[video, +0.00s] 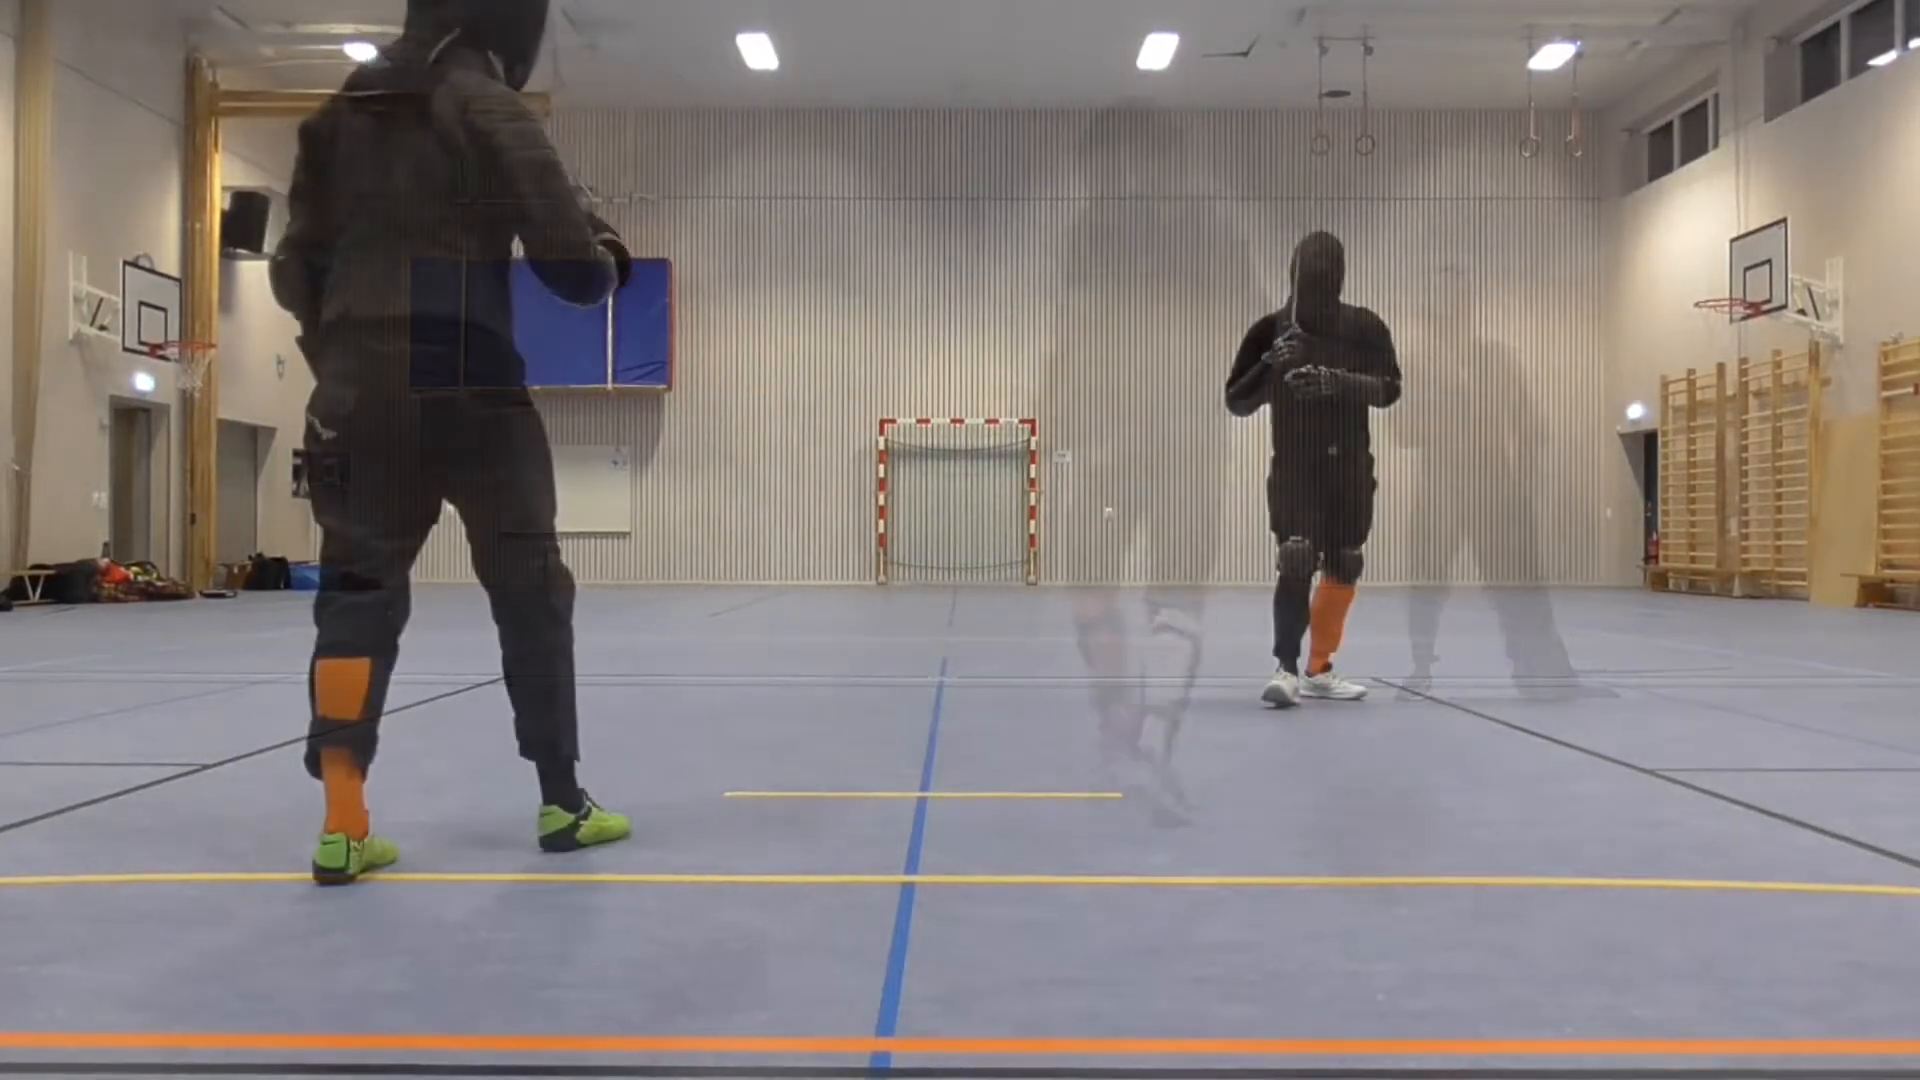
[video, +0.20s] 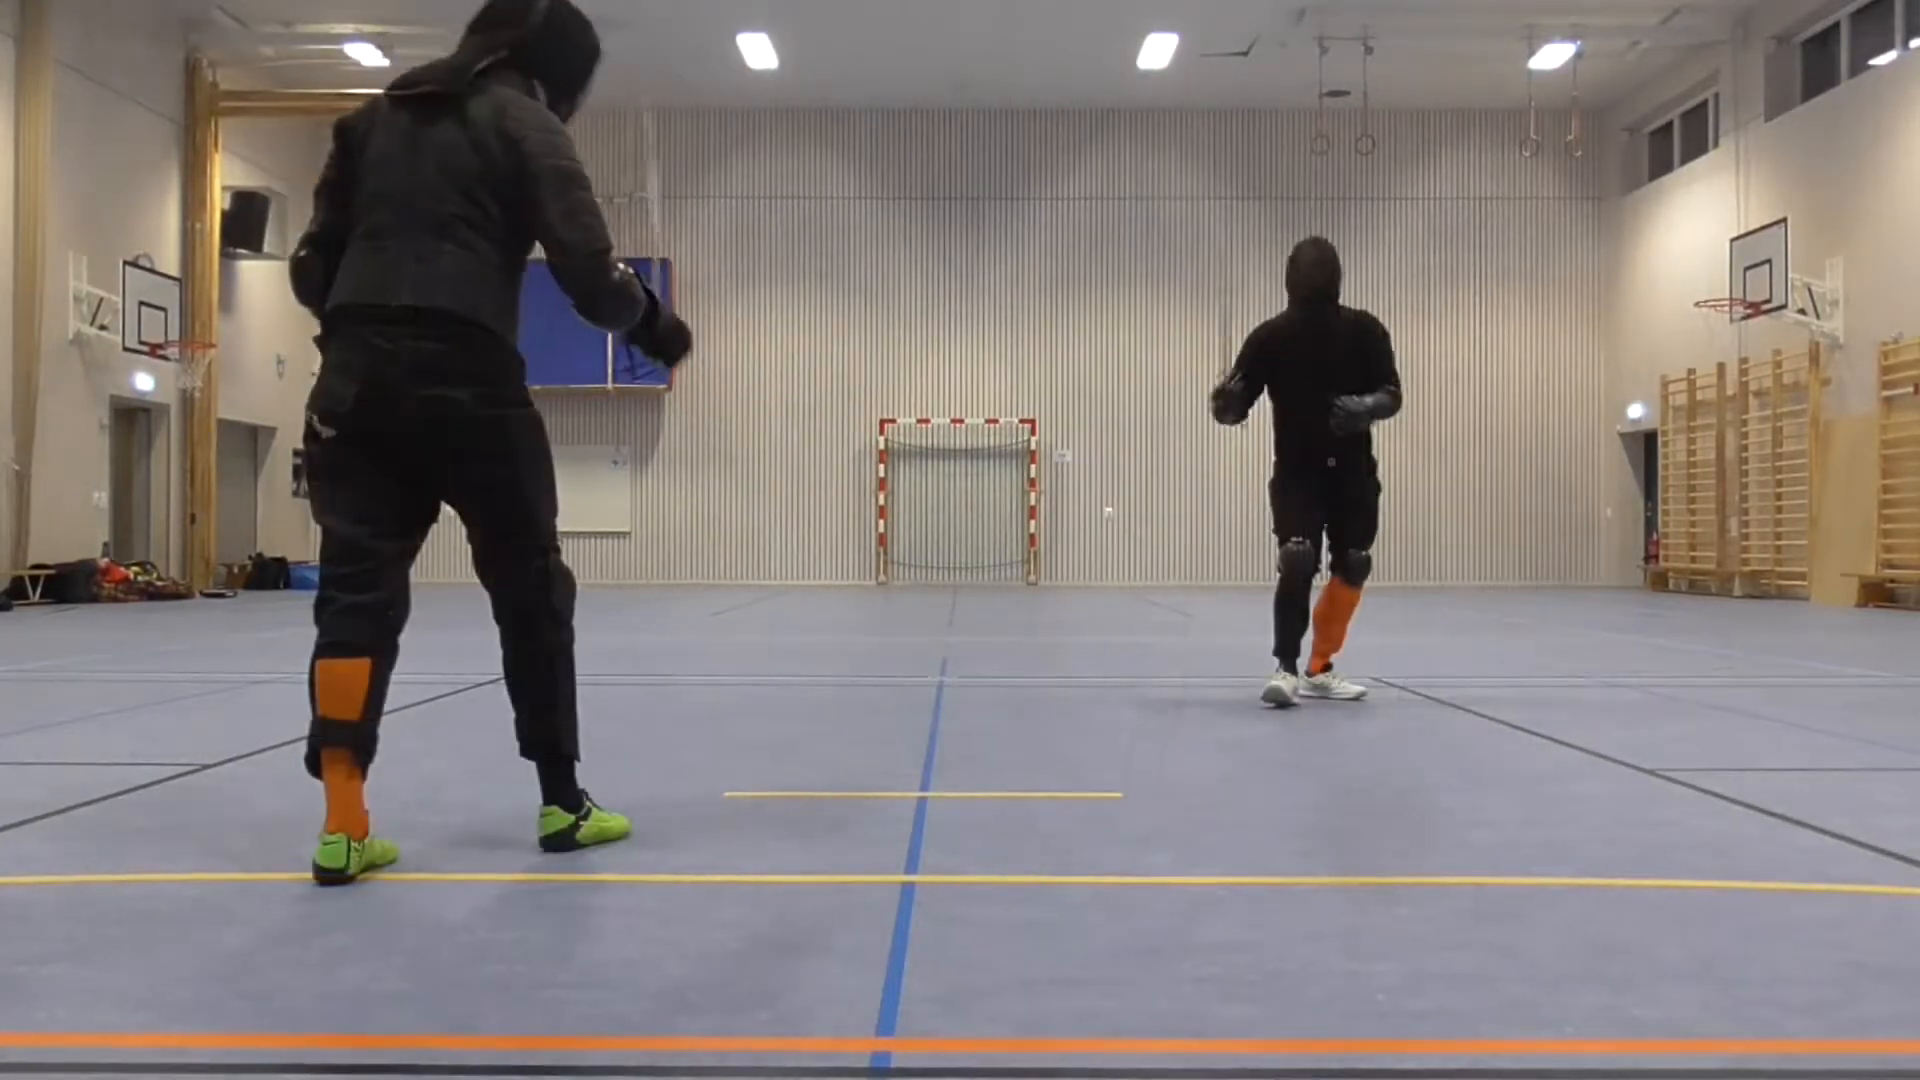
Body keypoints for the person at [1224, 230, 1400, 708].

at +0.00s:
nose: (1318, 282)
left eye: (1327, 272)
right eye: (1310, 272)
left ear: (1340, 274)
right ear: (1297, 272)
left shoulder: (1365, 328)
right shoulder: (1270, 331)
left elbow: (1390, 390)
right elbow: (1237, 401)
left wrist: (1339, 382)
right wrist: (1274, 363)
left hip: (1350, 464)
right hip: (1295, 463)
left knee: (1344, 566)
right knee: (1296, 557)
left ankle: (1318, 671)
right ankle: (1285, 670)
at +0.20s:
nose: (1314, 284)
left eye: (1321, 274)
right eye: (1307, 274)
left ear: (1336, 279)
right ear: (1298, 279)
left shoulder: (1365, 331)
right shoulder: (1270, 337)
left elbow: (1391, 397)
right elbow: (1235, 408)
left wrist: (1364, 406)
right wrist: (1223, 402)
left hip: (1352, 470)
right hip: (1296, 470)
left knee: (1353, 564)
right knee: (1297, 559)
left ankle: (1319, 670)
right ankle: (1286, 670)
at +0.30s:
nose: (1308, 301)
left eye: (1315, 290)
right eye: (1299, 291)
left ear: (1332, 291)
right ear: (1288, 295)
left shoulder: (1363, 337)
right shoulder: (1269, 346)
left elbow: (1392, 394)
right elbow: (1234, 405)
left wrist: (1407, 427)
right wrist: (1201, 430)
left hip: (1355, 474)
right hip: (1298, 475)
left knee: (1357, 569)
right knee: (1298, 564)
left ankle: (1319, 671)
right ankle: (1285, 672)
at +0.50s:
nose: (1277, 341)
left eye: (1278, 331)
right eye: (1276, 331)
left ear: (1283, 328)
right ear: (1318, 320)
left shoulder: (1357, 358)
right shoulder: (1262, 375)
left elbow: (1414, 413)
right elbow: (1227, 439)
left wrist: (1477, 453)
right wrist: (1188, 488)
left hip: (1358, 483)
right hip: (1300, 486)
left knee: (1366, 572)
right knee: (1299, 569)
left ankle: (1319, 671)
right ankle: (1286, 675)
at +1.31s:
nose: (1292, 317)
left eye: (1297, 305)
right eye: (1288, 307)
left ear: (1307, 301)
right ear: (1322, 294)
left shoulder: (1362, 342)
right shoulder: (1268, 356)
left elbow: (1429, 371)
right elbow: (1209, 402)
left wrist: (1491, 392)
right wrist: (1163, 445)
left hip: (1367, 478)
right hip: (1309, 482)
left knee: (1361, 576)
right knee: (1304, 571)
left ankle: (1319, 670)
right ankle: (1287, 673)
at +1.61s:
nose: (1321, 287)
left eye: (1322, 278)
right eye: (1320, 278)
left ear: (1293, 281)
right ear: (1339, 279)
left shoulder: (1366, 329)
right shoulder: (1277, 338)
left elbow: (1434, 361)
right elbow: (1227, 389)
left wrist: (1437, 333)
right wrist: (1198, 377)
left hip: (1358, 473)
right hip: (1304, 473)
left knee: (1359, 572)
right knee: (1302, 558)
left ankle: (1318, 673)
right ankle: (1283, 674)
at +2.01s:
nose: (1317, 290)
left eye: (1325, 281)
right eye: (1309, 281)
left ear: (1338, 281)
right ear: (1293, 281)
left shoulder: (1358, 330)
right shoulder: (1272, 338)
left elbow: (1421, 350)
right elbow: (1251, 401)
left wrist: (1380, 297)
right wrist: (1237, 432)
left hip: (1347, 467)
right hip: (1292, 467)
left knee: (1360, 572)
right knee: (1290, 548)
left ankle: (1319, 671)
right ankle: (1265, 652)